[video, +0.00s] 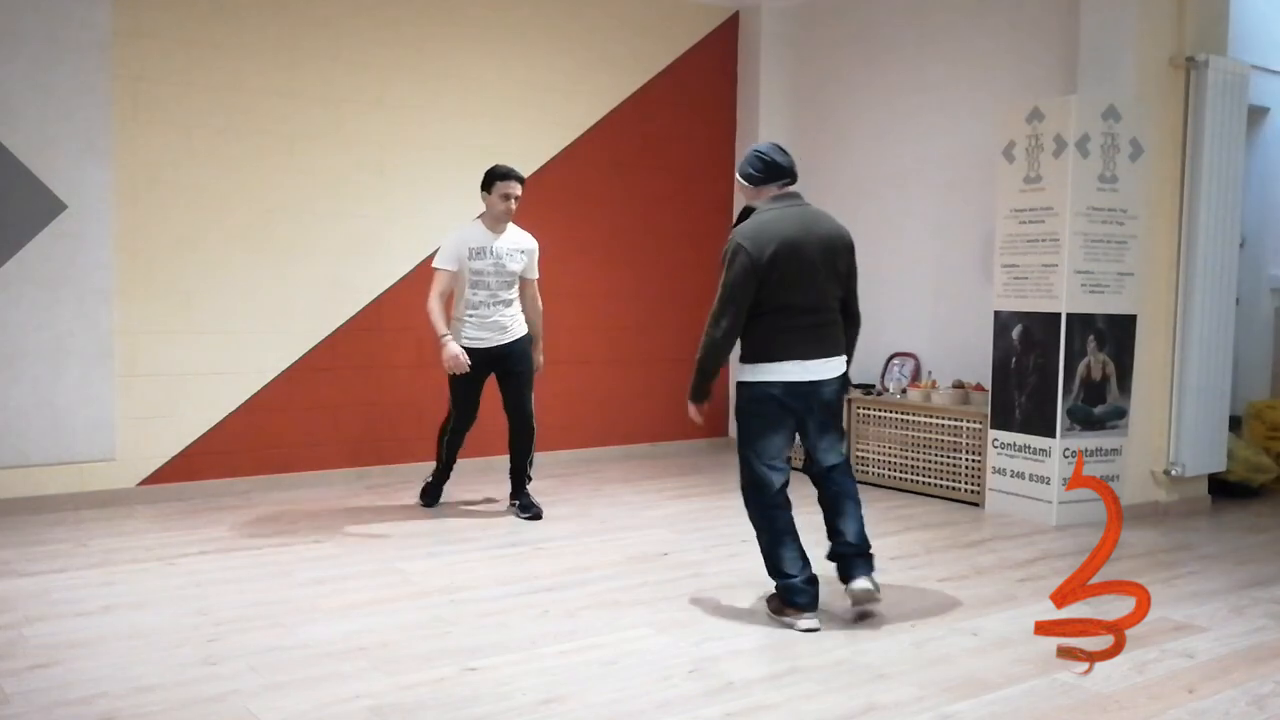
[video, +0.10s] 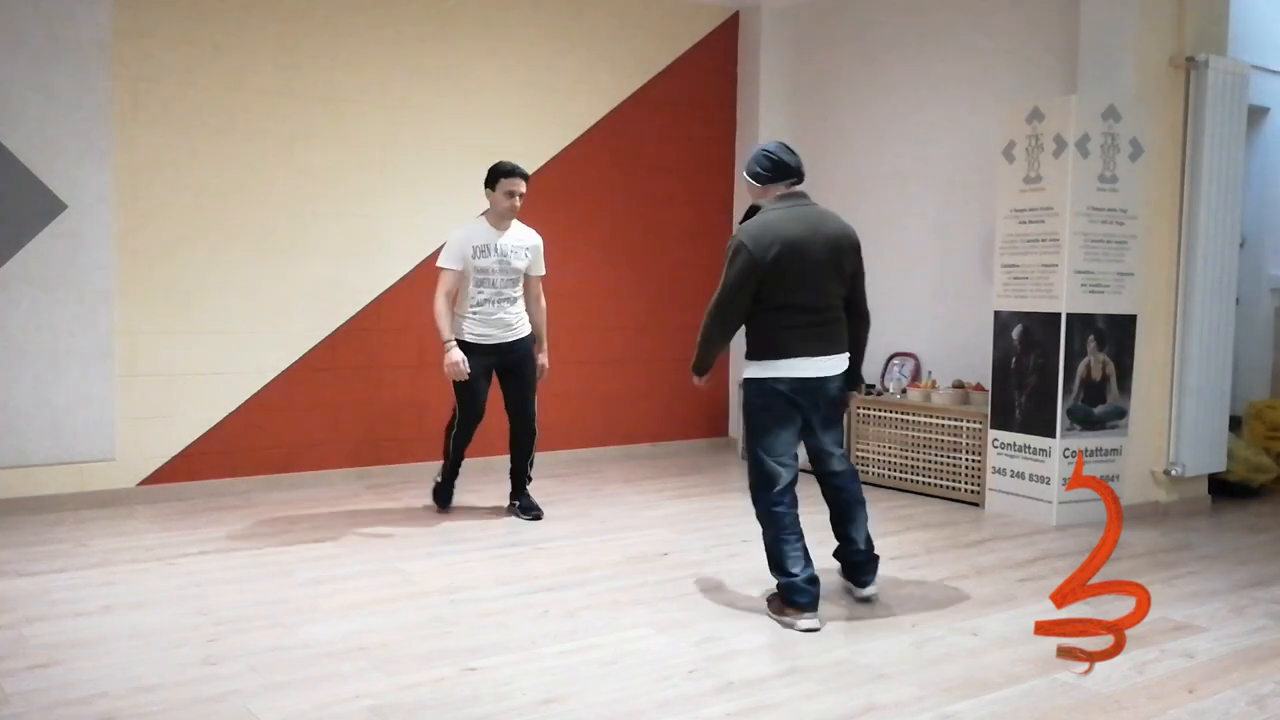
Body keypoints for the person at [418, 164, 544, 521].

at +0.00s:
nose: (512, 204)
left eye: (517, 198)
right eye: (505, 197)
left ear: (520, 200)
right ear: (485, 196)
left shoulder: (526, 244)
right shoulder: (460, 240)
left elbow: (531, 297)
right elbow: (435, 297)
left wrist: (537, 345)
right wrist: (445, 341)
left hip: (514, 344)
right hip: (470, 346)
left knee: (523, 418)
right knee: (460, 419)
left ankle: (520, 491)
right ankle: (439, 477)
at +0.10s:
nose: (517, 201)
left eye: (521, 195)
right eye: (510, 195)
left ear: (524, 196)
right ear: (489, 193)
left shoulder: (530, 240)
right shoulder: (464, 237)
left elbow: (536, 298)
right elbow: (442, 296)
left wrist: (542, 347)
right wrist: (449, 345)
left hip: (518, 343)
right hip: (473, 344)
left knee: (525, 419)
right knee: (469, 415)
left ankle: (520, 492)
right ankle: (448, 478)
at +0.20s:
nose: (519, 199)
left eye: (523, 193)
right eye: (512, 192)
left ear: (526, 194)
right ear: (491, 191)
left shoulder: (532, 238)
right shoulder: (465, 235)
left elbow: (539, 298)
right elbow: (443, 295)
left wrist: (548, 346)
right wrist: (444, 348)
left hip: (518, 342)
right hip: (472, 340)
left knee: (524, 419)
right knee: (470, 411)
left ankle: (520, 494)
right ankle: (448, 495)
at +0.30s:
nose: (518, 199)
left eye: (522, 193)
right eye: (511, 192)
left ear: (525, 194)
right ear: (488, 190)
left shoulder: (529, 239)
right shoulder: (462, 236)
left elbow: (540, 297)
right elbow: (437, 298)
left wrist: (552, 344)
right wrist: (433, 352)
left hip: (515, 342)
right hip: (470, 340)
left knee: (521, 421)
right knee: (468, 413)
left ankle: (519, 494)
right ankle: (442, 503)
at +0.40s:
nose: (513, 200)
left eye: (517, 193)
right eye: (506, 192)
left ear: (518, 195)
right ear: (482, 192)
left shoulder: (522, 240)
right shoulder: (455, 238)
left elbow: (535, 298)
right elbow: (427, 301)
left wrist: (549, 340)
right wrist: (422, 356)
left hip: (508, 345)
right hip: (464, 344)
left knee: (517, 423)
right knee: (459, 420)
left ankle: (517, 494)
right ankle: (442, 511)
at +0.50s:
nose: (508, 199)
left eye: (511, 192)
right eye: (501, 191)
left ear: (511, 194)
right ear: (476, 190)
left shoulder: (510, 240)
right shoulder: (446, 237)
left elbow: (522, 299)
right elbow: (419, 300)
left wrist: (538, 343)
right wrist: (416, 359)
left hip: (494, 345)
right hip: (453, 344)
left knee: (505, 423)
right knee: (457, 423)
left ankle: (512, 492)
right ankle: (442, 515)